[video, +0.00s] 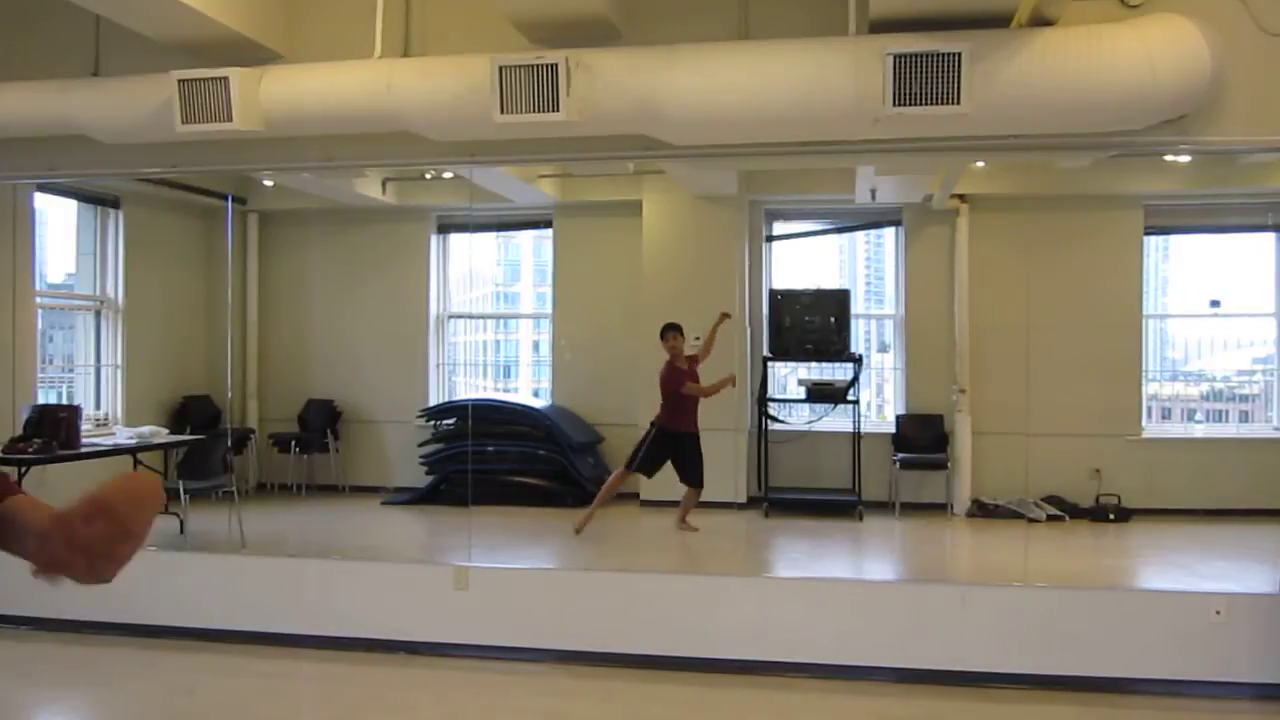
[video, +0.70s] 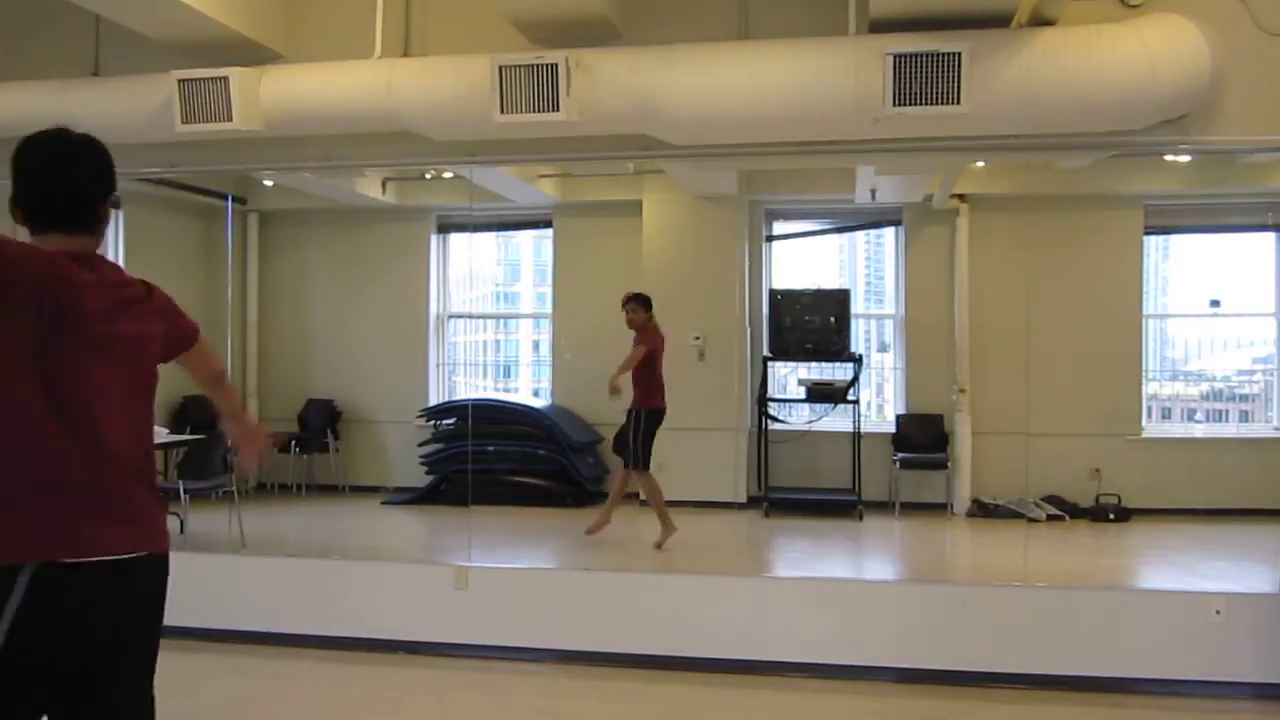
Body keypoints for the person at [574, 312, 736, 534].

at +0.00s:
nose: (672, 343)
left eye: (676, 338)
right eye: (667, 339)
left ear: (684, 340)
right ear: (663, 344)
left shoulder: (691, 362)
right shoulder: (670, 374)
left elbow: (706, 349)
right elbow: (704, 392)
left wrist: (717, 324)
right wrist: (727, 381)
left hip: (687, 433)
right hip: (663, 431)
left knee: (696, 484)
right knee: (627, 470)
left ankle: (681, 520)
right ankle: (590, 513)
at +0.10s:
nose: (663, 339)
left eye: (667, 335)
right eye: (659, 336)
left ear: (675, 338)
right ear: (655, 341)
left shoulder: (686, 361)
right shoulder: (657, 371)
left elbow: (706, 349)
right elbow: (689, 387)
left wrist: (716, 321)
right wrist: (715, 370)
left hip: (683, 431)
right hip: (658, 429)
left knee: (692, 482)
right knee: (629, 474)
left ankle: (681, 519)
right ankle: (601, 520)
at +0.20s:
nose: (653, 333)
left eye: (657, 328)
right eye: (649, 329)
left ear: (665, 331)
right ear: (645, 333)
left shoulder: (678, 355)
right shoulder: (640, 363)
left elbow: (706, 345)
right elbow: (649, 380)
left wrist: (720, 316)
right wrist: (673, 371)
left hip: (677, 425)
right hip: (650, 424)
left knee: (684, 475)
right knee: (633, 474)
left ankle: (684, 514)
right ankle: (620, 528)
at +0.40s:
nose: (641, 327)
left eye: (646, 323)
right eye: (637, 323)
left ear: (655, 327)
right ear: (633, 327)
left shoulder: (665, 353)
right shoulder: (625, 360)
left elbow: (702, 339)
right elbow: (594, 373)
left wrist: (721, 313)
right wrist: (560, 374)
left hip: (656, 424)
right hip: (628, 424)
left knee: (669, 478)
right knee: (627, 479)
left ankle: (679, 518)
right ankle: (621, 533)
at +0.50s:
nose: (636, 324)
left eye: (642, 320)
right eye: (633, 320)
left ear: (651, 325)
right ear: (628, 324)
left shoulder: (661, 350)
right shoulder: (622, 356)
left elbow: (697, 338)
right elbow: (591, 357)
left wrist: (722, 317)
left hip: (648, 422)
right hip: (623, 422)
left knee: (659, 481)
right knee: (623, 479)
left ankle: (671, 526)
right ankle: (620, 532)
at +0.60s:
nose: (633, 319)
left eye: (639, 315)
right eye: (631, 315)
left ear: (649, 318)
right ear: (627, 317)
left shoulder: (653, 342)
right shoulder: (628, 343)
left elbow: (666, 345)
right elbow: (614, 336)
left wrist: (675, 341)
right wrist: (615, 307)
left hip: (646, 416)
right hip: (626, 416)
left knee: (647, 474)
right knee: (616, 469)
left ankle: (669, 524)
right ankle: (617, 527)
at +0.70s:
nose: (628, 317)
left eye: (633, 312)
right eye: (626, 313)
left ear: (647, 314)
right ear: (630, 314)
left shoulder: (647, 336)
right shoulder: (651, 333)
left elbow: (634, 358)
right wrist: (631, 299)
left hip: (646, 408)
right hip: (645, 407)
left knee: (639, 468)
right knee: (626, 463)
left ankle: (667, 524)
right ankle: (606, 515)